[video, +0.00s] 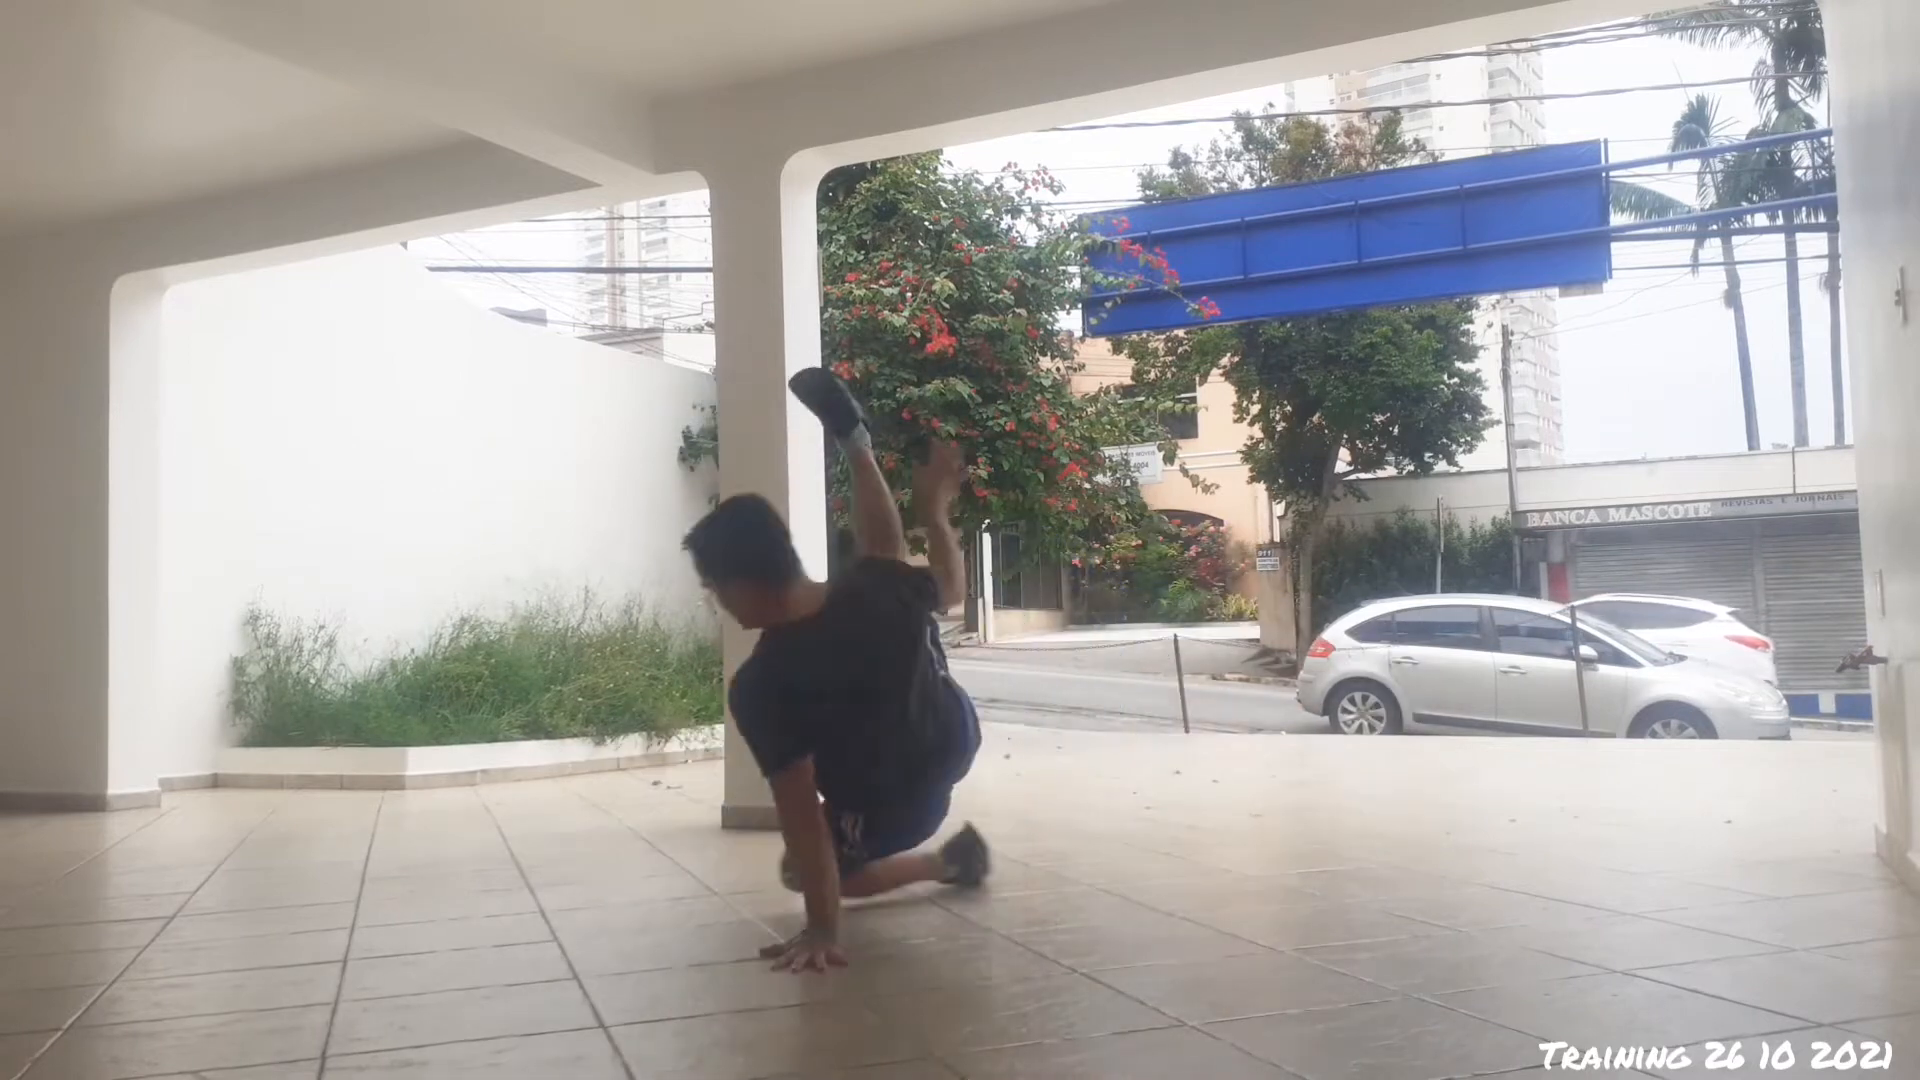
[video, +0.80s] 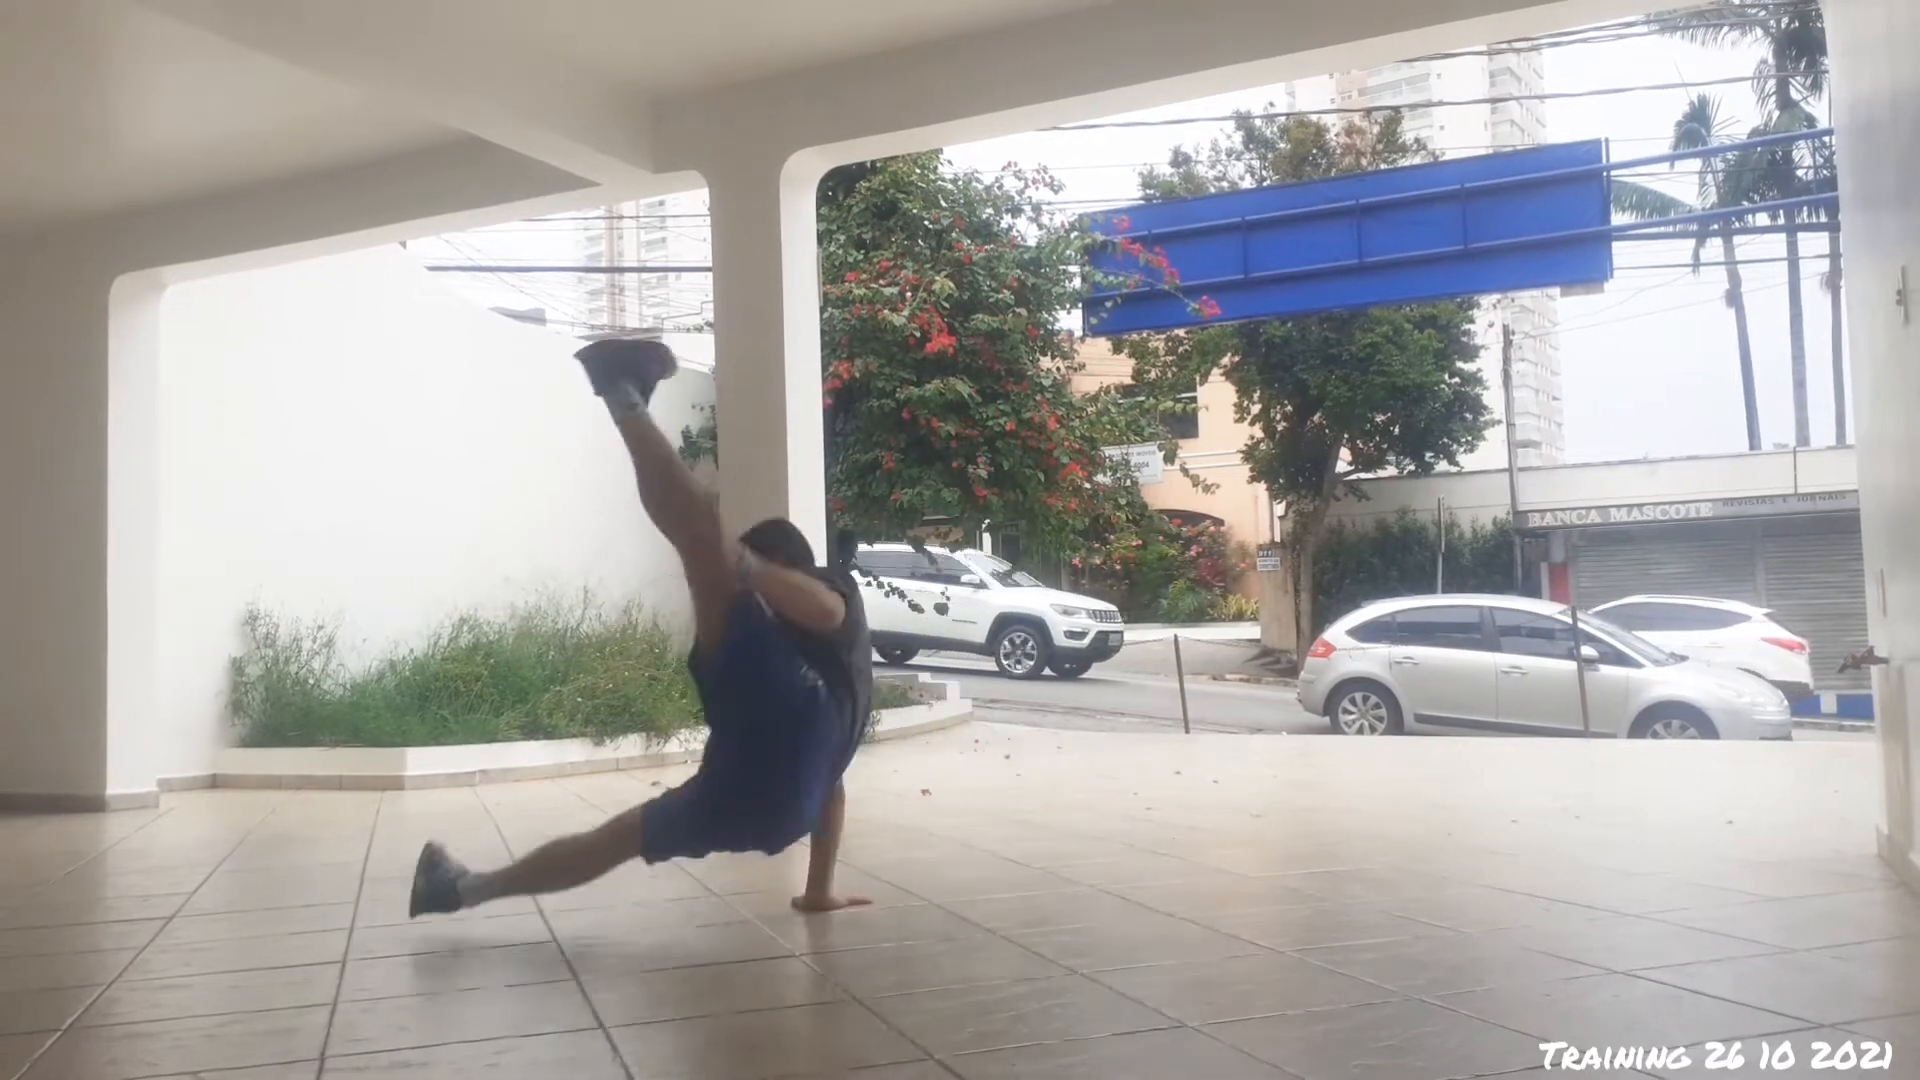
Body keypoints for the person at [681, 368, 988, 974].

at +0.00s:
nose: (717, 601)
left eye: (716, 587)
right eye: (712, 588)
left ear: (746, 585)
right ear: (786, 553)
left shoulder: (761, 686)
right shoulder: (876, 585)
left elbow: (802, 810)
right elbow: (949, 592)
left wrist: (822, 933)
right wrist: (939, 507)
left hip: (892, 815)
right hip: (952, 740)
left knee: (804, 872)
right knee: (884, 565)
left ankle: (946, 862)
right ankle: (856, 441)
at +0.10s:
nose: (647, 642)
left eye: (639, 629)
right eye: (636, 631)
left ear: (655, 618)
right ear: (691, 566)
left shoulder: (722, 695)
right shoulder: (782, 567)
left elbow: (790, 813)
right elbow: (863, 579)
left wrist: (822, 930)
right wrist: (833, 553)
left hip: (935, 766)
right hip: (959, 673)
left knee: (924, 877)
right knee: (933, 561)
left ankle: (1081, 888)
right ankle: (923, 467)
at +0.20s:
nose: (620, 693)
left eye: (614, 679)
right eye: (609, 682)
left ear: (636, 655)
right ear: (659, 620)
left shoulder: (710, 693)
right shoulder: (734, 613)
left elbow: (790, 808)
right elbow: (826, 630)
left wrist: (821, 927)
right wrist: (849, 740)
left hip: (917, 690)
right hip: (931, 607)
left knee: (946, 878)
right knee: (993, 546)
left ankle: (1124, 913)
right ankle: (1026, 491)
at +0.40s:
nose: (632, 754)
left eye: (625, 736)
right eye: (622, 743)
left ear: (647, 710)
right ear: (659, 707)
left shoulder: (704, 702)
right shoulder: (757, 705)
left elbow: (773, 806)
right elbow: (826, 786)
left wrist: (813, 918)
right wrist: (821, 893)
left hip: (872, 565)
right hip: (928, 601)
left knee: (829, 622)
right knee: (1062, 660)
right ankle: (1227, 657)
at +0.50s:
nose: (639, 714)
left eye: (633, 699)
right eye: (634, 706)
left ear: (654, 671)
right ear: (668, 679)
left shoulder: (704, 666)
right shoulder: (769, 700)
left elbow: (742, 768)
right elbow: (822, 788)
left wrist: (766, 880)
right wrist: (819, 889)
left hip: (872, 565)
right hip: (931, 616)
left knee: (753, 542)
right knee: (1019, 756)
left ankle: (624, 474)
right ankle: (1193, 784)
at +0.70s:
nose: (686, 631)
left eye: (688, 613)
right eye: (683, 618)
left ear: (718, 589)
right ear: (716, 601)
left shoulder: (780, 593)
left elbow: (791, 546)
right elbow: (822, 788)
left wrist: (713, 517)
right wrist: (817, 892)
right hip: (863, 756)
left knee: (704, 524)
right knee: (720, 861)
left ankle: (588, 416)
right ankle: (592, 948)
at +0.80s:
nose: (743, 580)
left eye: (753, 565)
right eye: (745, 569)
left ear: (784, 557)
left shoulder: (831, 585)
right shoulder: (847, 677)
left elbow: (825, 613)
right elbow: (833, 797)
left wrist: (739, 562)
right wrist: (818, 893)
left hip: (787, 710)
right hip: (775, 813)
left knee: (704, 545)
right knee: (620, 838)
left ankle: (621, 392)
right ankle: (464, 890)